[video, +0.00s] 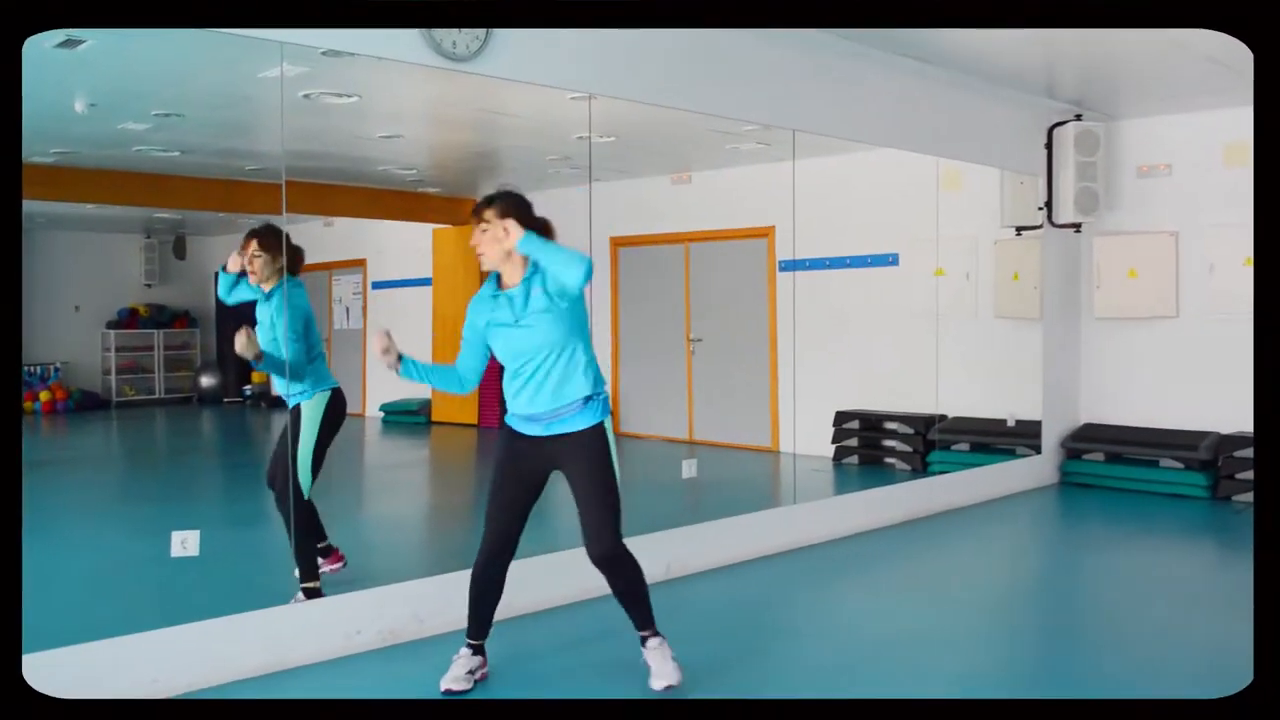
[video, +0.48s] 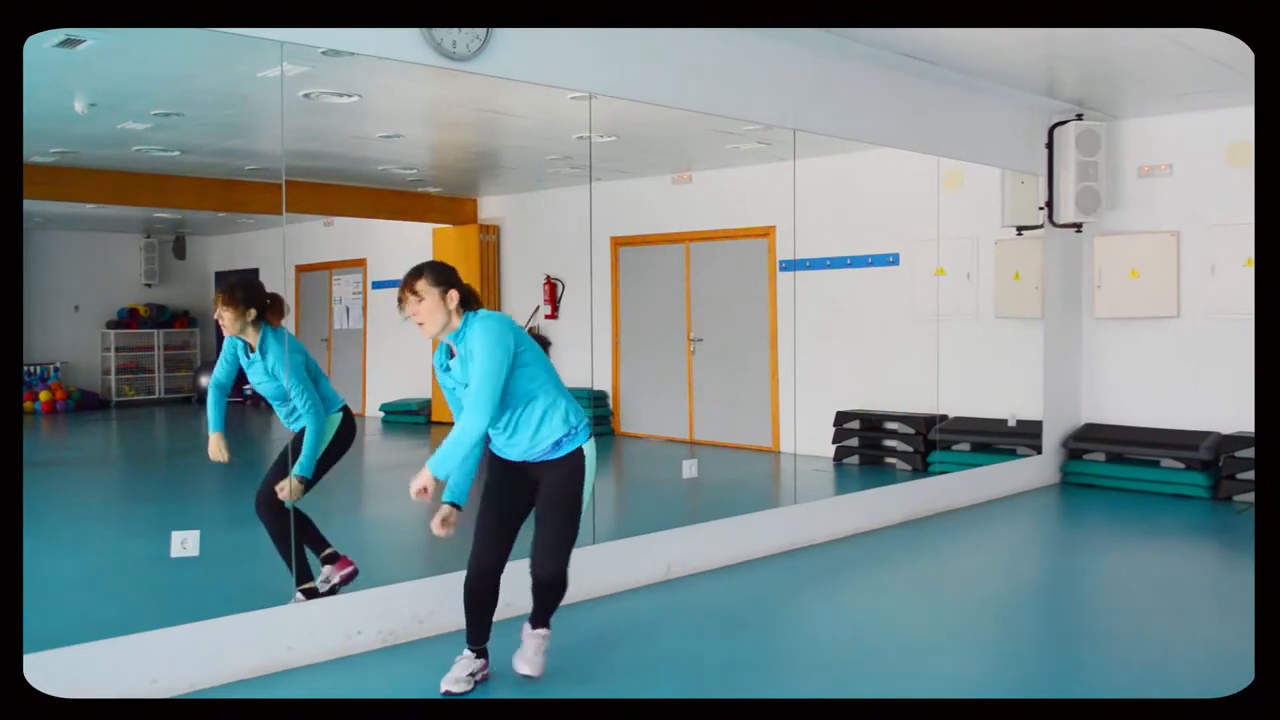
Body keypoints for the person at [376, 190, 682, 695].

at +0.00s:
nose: (474, 242)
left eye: (484, 231)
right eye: (474, 232)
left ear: (515, 234)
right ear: (483, 239)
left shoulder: (554, 277)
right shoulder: (483, 305)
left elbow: (579, 270)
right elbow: (465, 377)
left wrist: (525, 239)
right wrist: (401, 362)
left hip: (582, 430)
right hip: (521, 435)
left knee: (604, 547)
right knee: (494, 548)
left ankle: (652, 642)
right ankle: (473, 653)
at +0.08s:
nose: (440, 263)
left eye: (449, 251)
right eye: (439, 253)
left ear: (480, 255)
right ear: (462, 260)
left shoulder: (528, 288)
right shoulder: (462, 323)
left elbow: (566, 348)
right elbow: (481, 401)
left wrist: (500, 312)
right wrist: (421, 428)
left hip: (572, 430)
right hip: (516, 436)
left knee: (569, 536)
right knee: (486, 547)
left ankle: (607, 611)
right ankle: (473, 651)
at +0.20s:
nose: (407, 305)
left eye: (415, 294)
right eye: (406, 296)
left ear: (448, 295)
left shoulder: (495, 331)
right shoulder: (446, 360)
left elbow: (531, 416)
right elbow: (475, 437)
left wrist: (470, 464)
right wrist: (460, 505)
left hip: (567, 440)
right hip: (516, 445)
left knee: (514, 531)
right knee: (475, 539)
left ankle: (550, 594)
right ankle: (472, 653)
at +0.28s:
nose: (398, 326)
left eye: (404, 314)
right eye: (395, 317)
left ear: (437, 313)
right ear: (428, 317)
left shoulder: (481, 349)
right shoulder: (440, 369)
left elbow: (495, 439)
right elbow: (460, 444)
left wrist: (475, 517)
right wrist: (472, 514)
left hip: (564, 453)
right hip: (514, 455)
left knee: (499, 554)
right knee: (470, 546)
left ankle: (527, 613)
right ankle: (473, 654)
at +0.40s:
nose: (398, 327)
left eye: (403, 315)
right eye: (395, 319)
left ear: (437, 311)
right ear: (428, 316)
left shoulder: (476, 346)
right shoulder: (440, 367)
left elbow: (471, 434)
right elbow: (469, 437)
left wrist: (453, 507)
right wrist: (463, 511)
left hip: (562, 457)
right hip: (508, 459)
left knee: (519, 570)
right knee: (474, 562)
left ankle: (516, 639)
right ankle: (474, 654)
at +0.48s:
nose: (411, 312)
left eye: (418, 300)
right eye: (407, 304)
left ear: (451, 298)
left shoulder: (490, 329)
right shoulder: (444, 361)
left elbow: (480, 413)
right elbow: (471, 426)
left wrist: (431, 469)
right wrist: (452, 500)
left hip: (560, 454)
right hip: (508, 460)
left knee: (549, 569)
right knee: (482, 566)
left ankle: (538, 629)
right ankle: (475, 655)